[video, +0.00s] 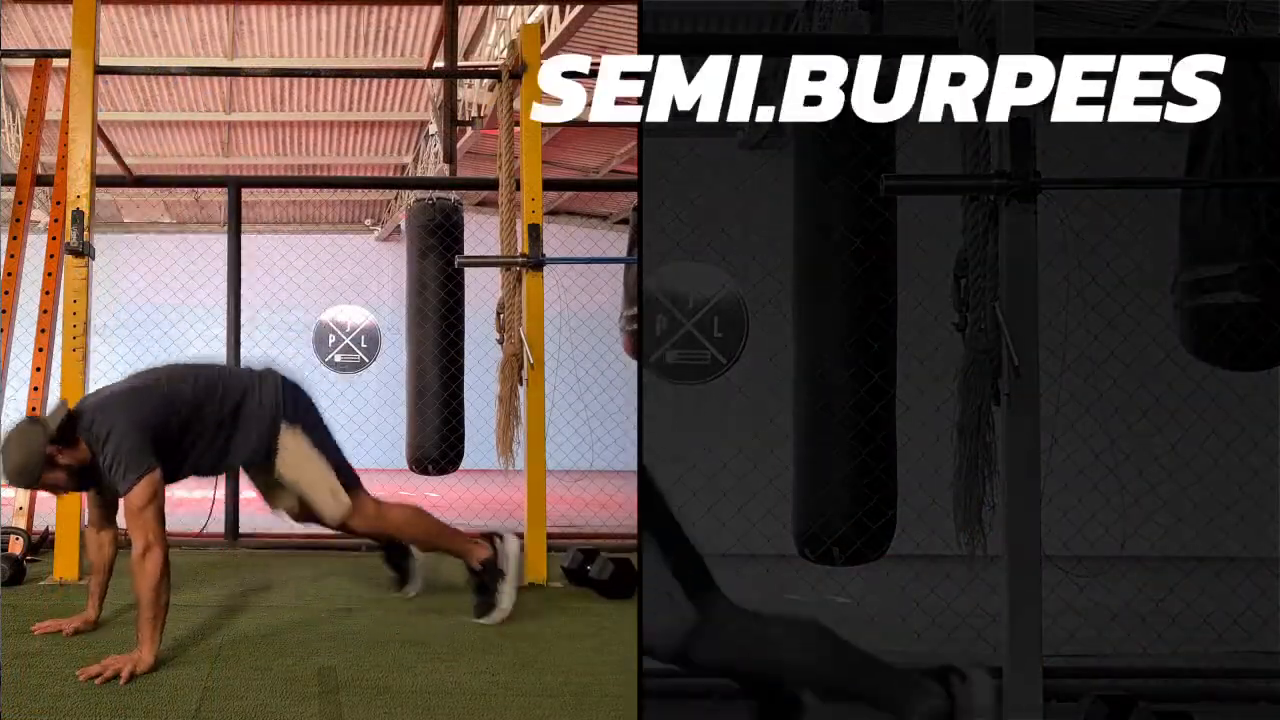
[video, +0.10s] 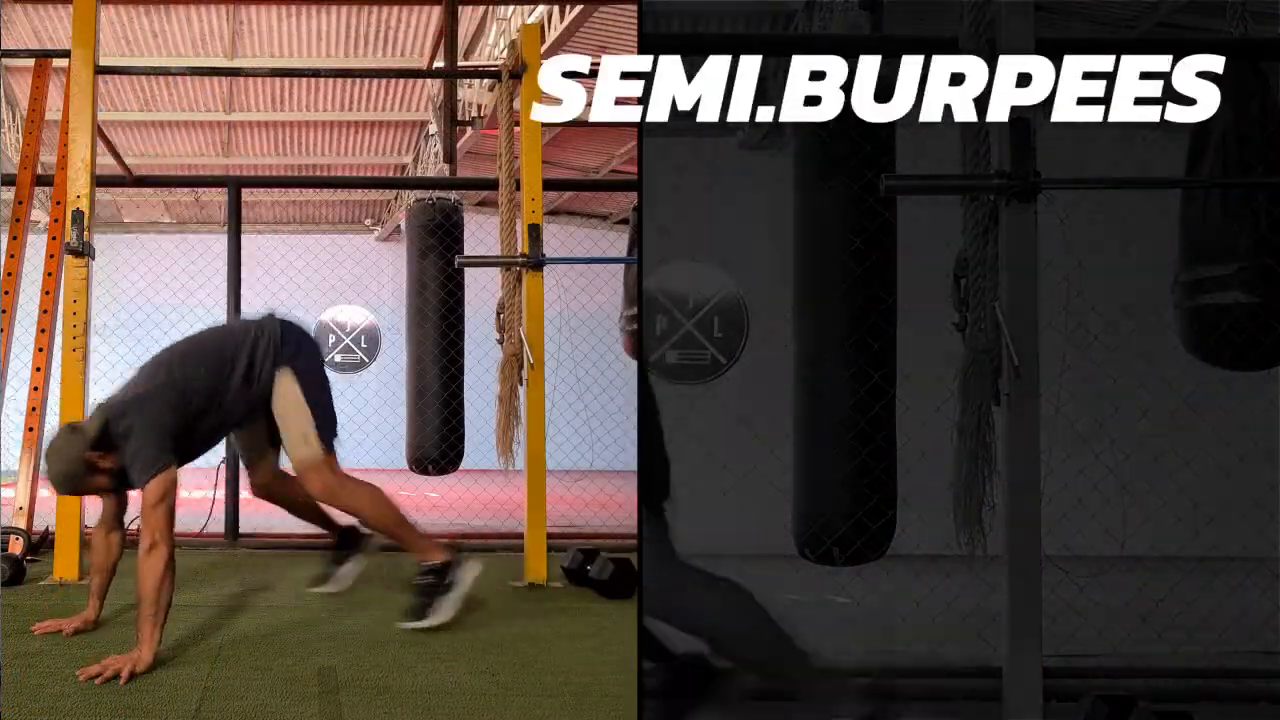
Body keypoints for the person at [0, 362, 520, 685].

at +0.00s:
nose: (56, 491)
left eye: (50, 482)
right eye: (46, 486)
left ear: (61, 455)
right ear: (56, 452)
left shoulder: (123, 432)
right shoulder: (82, 439)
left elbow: (149, 546)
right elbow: (101, 526)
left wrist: (145, 649)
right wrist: (91, 608)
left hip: (269, 407)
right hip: (242, 433)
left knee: (348, 509)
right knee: (295, 506)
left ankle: (484, 552)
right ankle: (392, 535)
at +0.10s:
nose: (101, 493)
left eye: (93, 485)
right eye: (93, 490)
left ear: (99, 462)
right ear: (94, 457)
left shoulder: (145, 433)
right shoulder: (108, 435)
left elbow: (157, 546)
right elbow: (109, 530)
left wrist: (146, 648)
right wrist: (93, 609)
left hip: (282, 352)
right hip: (245, 383)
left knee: (323, 480)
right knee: (266, 480)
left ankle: (438, 558)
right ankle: (345, 538)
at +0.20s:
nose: (127, 494)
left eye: (123, 488)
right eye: (120, 493)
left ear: (133, 461)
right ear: (129, 456)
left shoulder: (175, 437)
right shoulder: (134, 434)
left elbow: (169, 546)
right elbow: (125, 528)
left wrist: (144, 650)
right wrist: (94, 610)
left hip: (296, 329)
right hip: (257, 348)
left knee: (292, 457)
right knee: (229, 458)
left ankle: (372, 581)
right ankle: (271, 551)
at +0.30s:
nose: (122, 466)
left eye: (120, 456)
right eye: (115, 460)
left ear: (136, 436)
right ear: (133, 435)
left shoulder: (184, 429)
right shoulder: (140, 427)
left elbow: (171, 542)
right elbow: (124, 522)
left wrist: (140, 643)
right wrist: (91, 606)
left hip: (319, 353)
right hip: (270, 362)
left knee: (289, 466)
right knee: (221, 466)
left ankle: (341, 607)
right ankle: (244, 578)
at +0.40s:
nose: (116, 395)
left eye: (116, 383)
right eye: (110, 387)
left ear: (139, 366)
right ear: (134, 368)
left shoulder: (192, 375)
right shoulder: (145, 390)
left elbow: (178, 486)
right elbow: (121, 479)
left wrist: (142, 586)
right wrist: (91, 558)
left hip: (328, 372)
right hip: (277, 389)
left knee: (286, 468)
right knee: (213, 468)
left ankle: (340, 609)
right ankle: (243, 579)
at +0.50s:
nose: (123, 308)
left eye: (124, 295)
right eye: (116, 299)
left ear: (149, 278)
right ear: (139, 287)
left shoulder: (205, 306)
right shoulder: (160, 325)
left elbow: (236, 397)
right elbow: (156, 401)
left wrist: (194, 493)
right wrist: (134, 470)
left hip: (325, 361)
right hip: (274, 379)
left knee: (291, 466)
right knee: (219, 470)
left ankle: (340, 607)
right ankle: (242, 577)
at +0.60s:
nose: (132, 225)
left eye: (134, 212)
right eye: (126, 216)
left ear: (161, 196)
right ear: (140, 208)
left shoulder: (222, 231)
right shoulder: (178, 249)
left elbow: (278, 312)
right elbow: (195, 323)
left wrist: (249, 396)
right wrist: (174, 394)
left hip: (311, 345)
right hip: (260, 352)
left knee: (291, 465)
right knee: (220, 461)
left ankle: (341, 606)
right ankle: (243, 576)